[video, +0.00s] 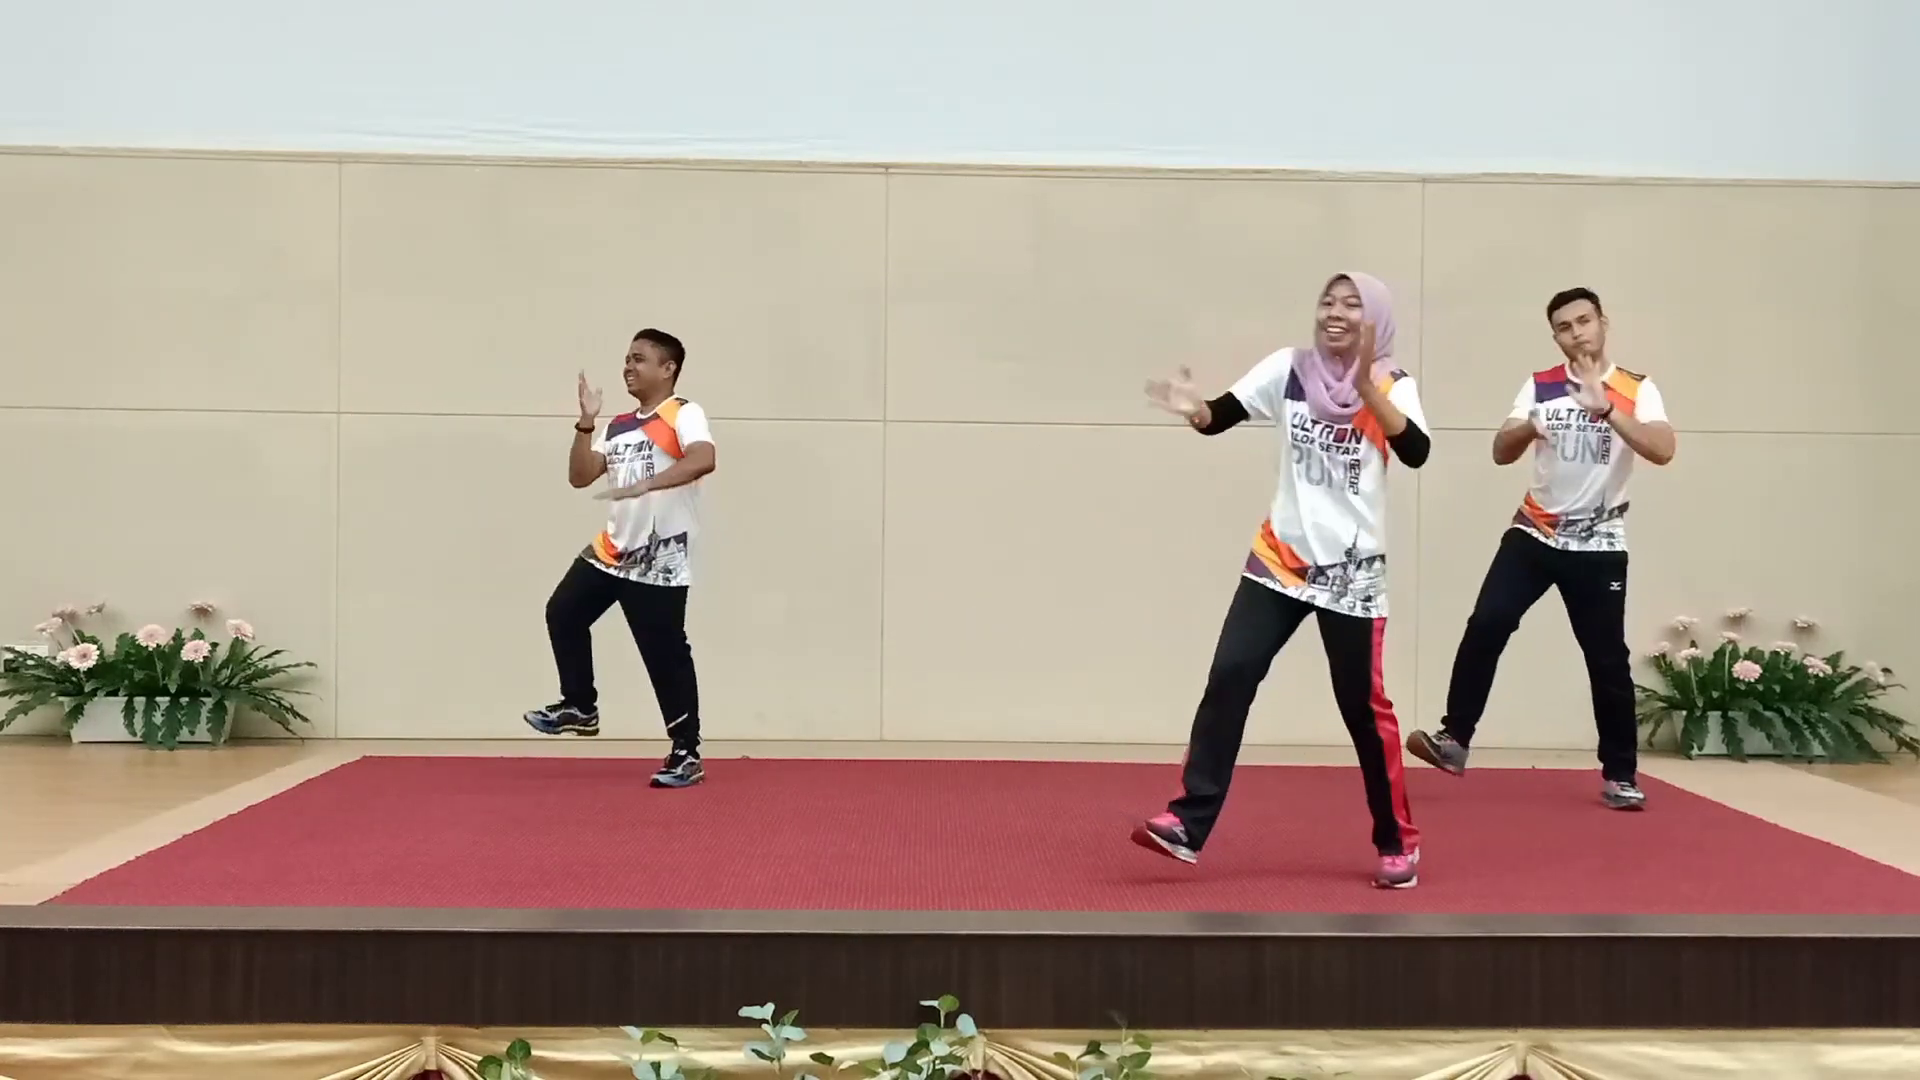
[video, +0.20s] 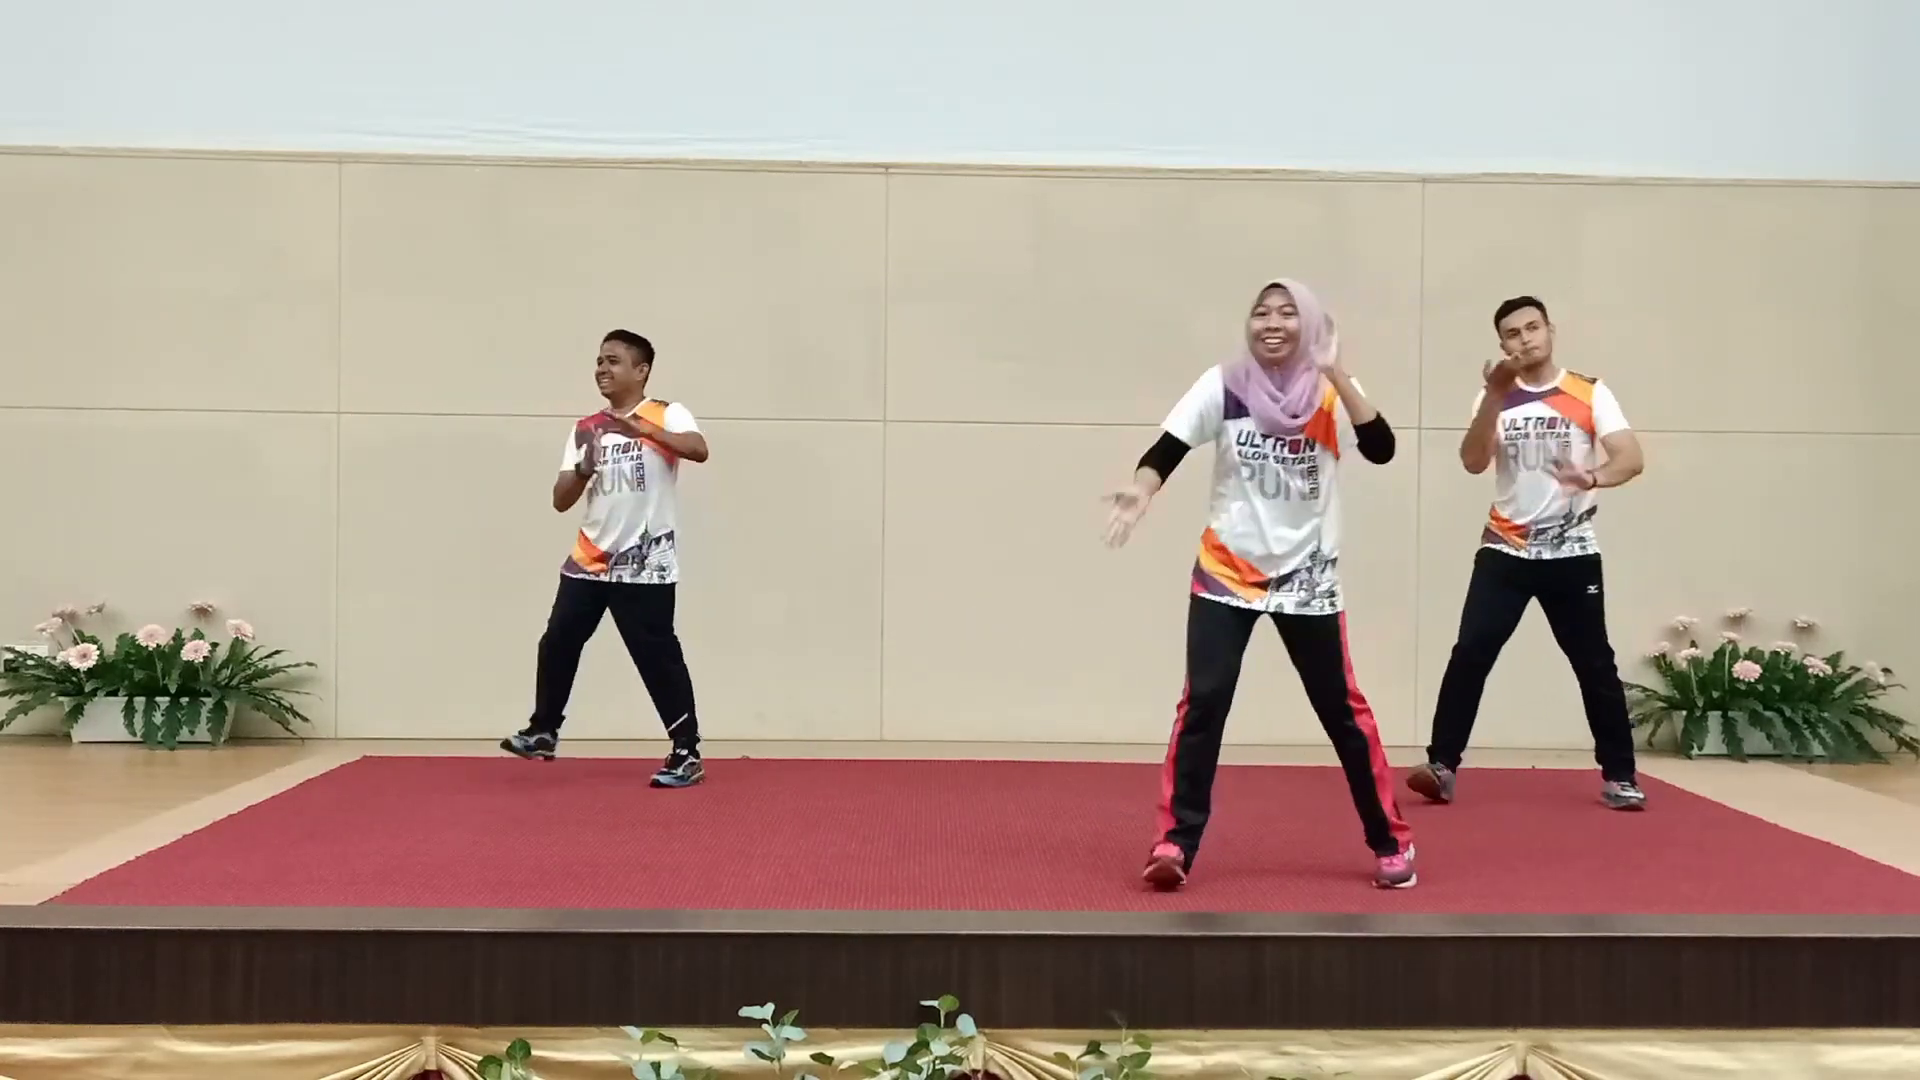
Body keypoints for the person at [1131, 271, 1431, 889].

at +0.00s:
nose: (1335, 311)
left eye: (1350, 303)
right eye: (1328, 301)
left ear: (1375, 319)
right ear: (1316, 313)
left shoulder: (1391, 383)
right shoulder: (1291, 367)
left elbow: (1416, 453)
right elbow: (1223, 414)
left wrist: (1369, 389)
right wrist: (1198, 409)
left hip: (1353, 566)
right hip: (1281, 556)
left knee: (1363, 705)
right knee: (1229, 679)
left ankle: (1397, 844)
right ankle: (1189, 826)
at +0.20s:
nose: (1273, 322)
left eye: (1286, 313)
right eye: (1263, 313)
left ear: (1307, 327)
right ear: (1248, 328)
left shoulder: (1327, 391)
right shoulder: (1223, 387)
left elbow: (1381, 450)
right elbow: (1171, 445)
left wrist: (1338, 375)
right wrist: (1143, 485)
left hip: (1306, 573)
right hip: (1227, 569)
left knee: (1340, 707)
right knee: (1205, 701)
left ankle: (1390, 844)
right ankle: (1176, 842)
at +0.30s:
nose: (1236, 335)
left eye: (1251, 325)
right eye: (1226, 325)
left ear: (1272, 340)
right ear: (1211, 338)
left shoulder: (1294, 407)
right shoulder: (1187, 401)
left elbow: (1344, 473)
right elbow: (1135, 475)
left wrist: (1306, 399)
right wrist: (1120, 527)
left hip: (1269, 580)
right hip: (1191, 573)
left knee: (1313, 708)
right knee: (1180, 699)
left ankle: (1377, 840)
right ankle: (1171, 847)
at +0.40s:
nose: (1205, 345)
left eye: (1219, 334)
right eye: (1194, 334)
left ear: (1239, 346)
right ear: (1179, 346)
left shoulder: (1264, 410)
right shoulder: (1156, 407)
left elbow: (1309, 487)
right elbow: (1103, 480)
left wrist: (1274, 418)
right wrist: (1096, 516)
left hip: (1235, 581)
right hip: (1159, 578)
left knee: (1277, 700)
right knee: (1168, 701)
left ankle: (1319, 832)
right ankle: (1170, 846)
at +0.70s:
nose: (1123, 341)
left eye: (1135, 331)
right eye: (1112, 331)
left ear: (1153, 342)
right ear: (1094, 342)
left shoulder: (1178, 408)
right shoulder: (1072, 404)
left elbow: (1207, 491)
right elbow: (995, 459)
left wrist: (1206, 536)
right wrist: (1057, 412)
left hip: (1150, 591)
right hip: (1085, 580)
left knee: (1142, 718)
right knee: (1134, 700)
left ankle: (1046, 815)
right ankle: (1166, 846)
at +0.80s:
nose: (1094, 347)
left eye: (1107, 338)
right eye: (1084, 337)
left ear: (1124, 350)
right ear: (1066, 347)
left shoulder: (1145, 418)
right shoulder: (1040, 408)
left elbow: (1170, 503)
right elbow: (971, 469)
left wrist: (1169, 571)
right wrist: (1039, 421)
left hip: (1116, 599)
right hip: (1053, 586)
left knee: (1090, 723)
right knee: (1114, 691)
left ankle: (1016, 836)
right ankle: (1153, 848)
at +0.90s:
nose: (1076, 350)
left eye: (1089, 341)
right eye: (1065, 339)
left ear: (1105, 352)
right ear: (1048, 348)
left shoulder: (1123, 418)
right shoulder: (1021, 406)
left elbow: (1153, 500)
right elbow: (957, 472)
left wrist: (1161, 565)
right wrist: (1022, 423)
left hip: (1093, 594)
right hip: (1031, 584)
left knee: (1084, 720)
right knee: (1094, 683)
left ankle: (1013, 840)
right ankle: (1118, 843)